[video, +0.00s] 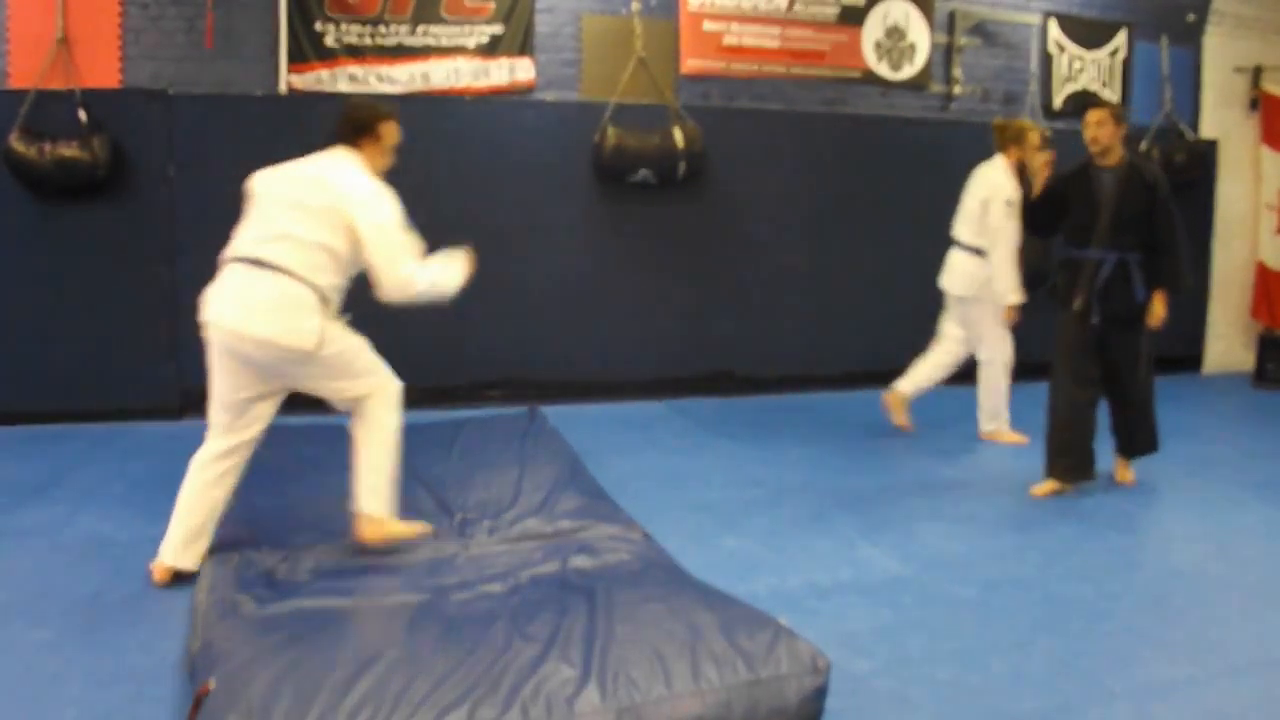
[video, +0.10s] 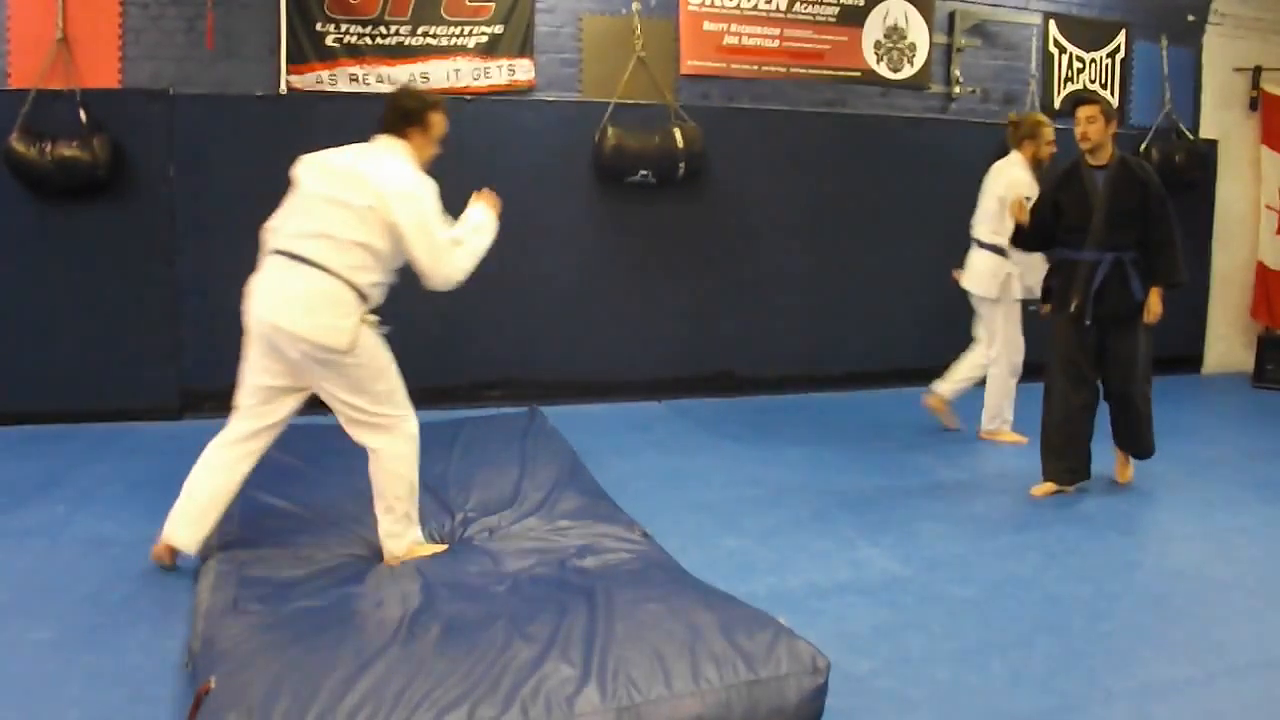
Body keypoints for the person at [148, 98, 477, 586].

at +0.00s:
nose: (396, 158)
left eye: (397, 148)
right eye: (394, 146)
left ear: (345, 135)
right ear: (376, 138)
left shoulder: (279, 175)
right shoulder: (367, 190)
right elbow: (397, 282)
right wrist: (456, 266)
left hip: (224, 305)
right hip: (286, 316)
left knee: (226, 438)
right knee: (378, 391)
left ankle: (175, 558)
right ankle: (375, 519)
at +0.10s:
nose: (440, 149)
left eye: (442, 139)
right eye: (438, 138)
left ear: (391, 126)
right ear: (418, 130)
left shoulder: (326, 160)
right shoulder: (410, 183)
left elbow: (274, 231)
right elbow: (443, 269)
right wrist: (482, 216)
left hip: (268, 292)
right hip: (327, 308)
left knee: (248, 424)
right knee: (392, 425)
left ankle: (176, 537)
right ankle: (402, 544)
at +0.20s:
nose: (479, 146)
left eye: (481, 135)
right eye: (477, 134)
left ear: (435, 123)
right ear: (456, 127)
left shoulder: (365, 152)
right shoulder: (448, 181)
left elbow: (320, 222)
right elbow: (480, 263)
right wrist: (508, 200)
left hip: (300, 287)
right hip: (353, 305)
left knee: (306, 405)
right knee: (413, 429)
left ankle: (210, 481)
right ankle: (401, 542)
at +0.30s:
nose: (513, 137)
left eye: (515, 126)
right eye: (512, 125)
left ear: (466, 113)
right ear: (492, 119)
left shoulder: (403, 142)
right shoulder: (477, 171)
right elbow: (500, 258)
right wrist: (535, 199)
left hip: (328, 272)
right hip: (373, 294)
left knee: (371, 386)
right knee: (409, 427)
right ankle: (401, 540)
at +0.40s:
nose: (537, 136)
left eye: (540, 124)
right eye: (535, 123)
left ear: (496, 113)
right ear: (511, 115)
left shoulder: (447, 140)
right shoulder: (496, 162)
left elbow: (524, 229)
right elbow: (525, 255)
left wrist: (571, 225)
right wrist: (588, 238)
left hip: (372, 271)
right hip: (394, 287)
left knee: (455, 364)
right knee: (410, 417)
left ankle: (386, 454)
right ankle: (398, 540)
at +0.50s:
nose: (566, 129)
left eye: (568, 117)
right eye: (562, 116)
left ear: (525, 110)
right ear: (538, 110)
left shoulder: (475, 140)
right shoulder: (525, 157)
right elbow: (555, 252)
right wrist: (616, 248)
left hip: (417, 276)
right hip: (430, 286)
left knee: (506, 372)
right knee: (426, 416)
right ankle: (403, 540)